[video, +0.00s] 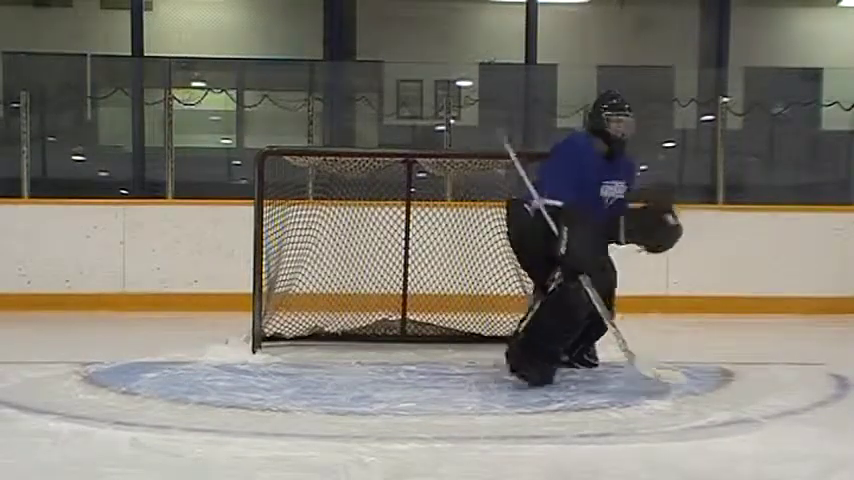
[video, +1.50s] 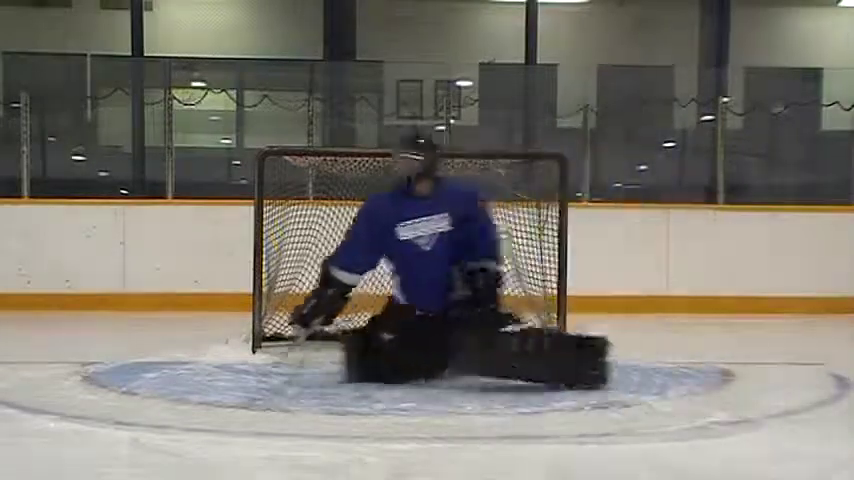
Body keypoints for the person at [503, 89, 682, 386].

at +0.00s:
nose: (623, 129)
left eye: (626, 122)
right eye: (616, 121)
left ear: (630, 125)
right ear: (600, 121)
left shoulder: (622, 164)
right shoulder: (575, 149)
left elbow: (607, 220)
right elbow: (549, 207)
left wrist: (640, 226)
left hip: (583, 234)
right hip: (541, 227)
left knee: (603, 284)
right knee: (575, 289)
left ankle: (575, 346)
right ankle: (530, 354)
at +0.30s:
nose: (629, 123)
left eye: (632, 116)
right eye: (621, 116)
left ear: (635, 119)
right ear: (602, 118)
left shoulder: (626, 157)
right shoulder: (583, 148)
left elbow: (621, 213)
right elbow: (560, 202)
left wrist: (650, 212)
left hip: (591, 240)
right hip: (555, 235)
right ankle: (548, 368)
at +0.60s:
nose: (659, 117)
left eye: (662, 111)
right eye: (653, 110)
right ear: (633, 112)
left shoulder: (652, 149)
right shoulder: (608, 144)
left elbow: (639, 198)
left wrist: (666, 207)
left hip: (634, 230)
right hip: (599, 228)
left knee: (659, 286)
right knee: (604, 298)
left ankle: (639, 361)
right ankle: (568, 369)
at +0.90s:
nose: (648, 120)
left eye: (655, 114)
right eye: (641, 113)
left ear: (663, 120)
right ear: (627, 115)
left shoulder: (665, 153)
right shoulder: (611, 151)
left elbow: (656, 209)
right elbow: (615, 209)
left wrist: (681, 220)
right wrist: (630, 256)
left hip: (628, 236)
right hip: (583, 234)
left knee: (662, 296)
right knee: (565, 299)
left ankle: (675, 372)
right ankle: (503, 363)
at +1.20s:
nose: (556, 150)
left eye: (564, 143)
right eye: (553, 142)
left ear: (581, 147)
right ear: (549, 147)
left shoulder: (609, 182)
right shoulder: (537, 187)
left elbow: (625, 225)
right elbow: (495, 235)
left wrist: (636, 255)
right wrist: (478, 277)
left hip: (587, 276)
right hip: (534, 279)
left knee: (619, 321)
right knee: (514, 347)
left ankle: (675, 372)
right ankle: (458, 359)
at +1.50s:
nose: (402, 165)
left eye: (410, 159)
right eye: (401, 158)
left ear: (429, 161)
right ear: (399, 161)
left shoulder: (463, 200)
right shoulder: (383, 208)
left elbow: (484, 248)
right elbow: (351, 260)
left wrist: (483, 289)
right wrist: (326, 300)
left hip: (465, 309)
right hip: (412, 312)